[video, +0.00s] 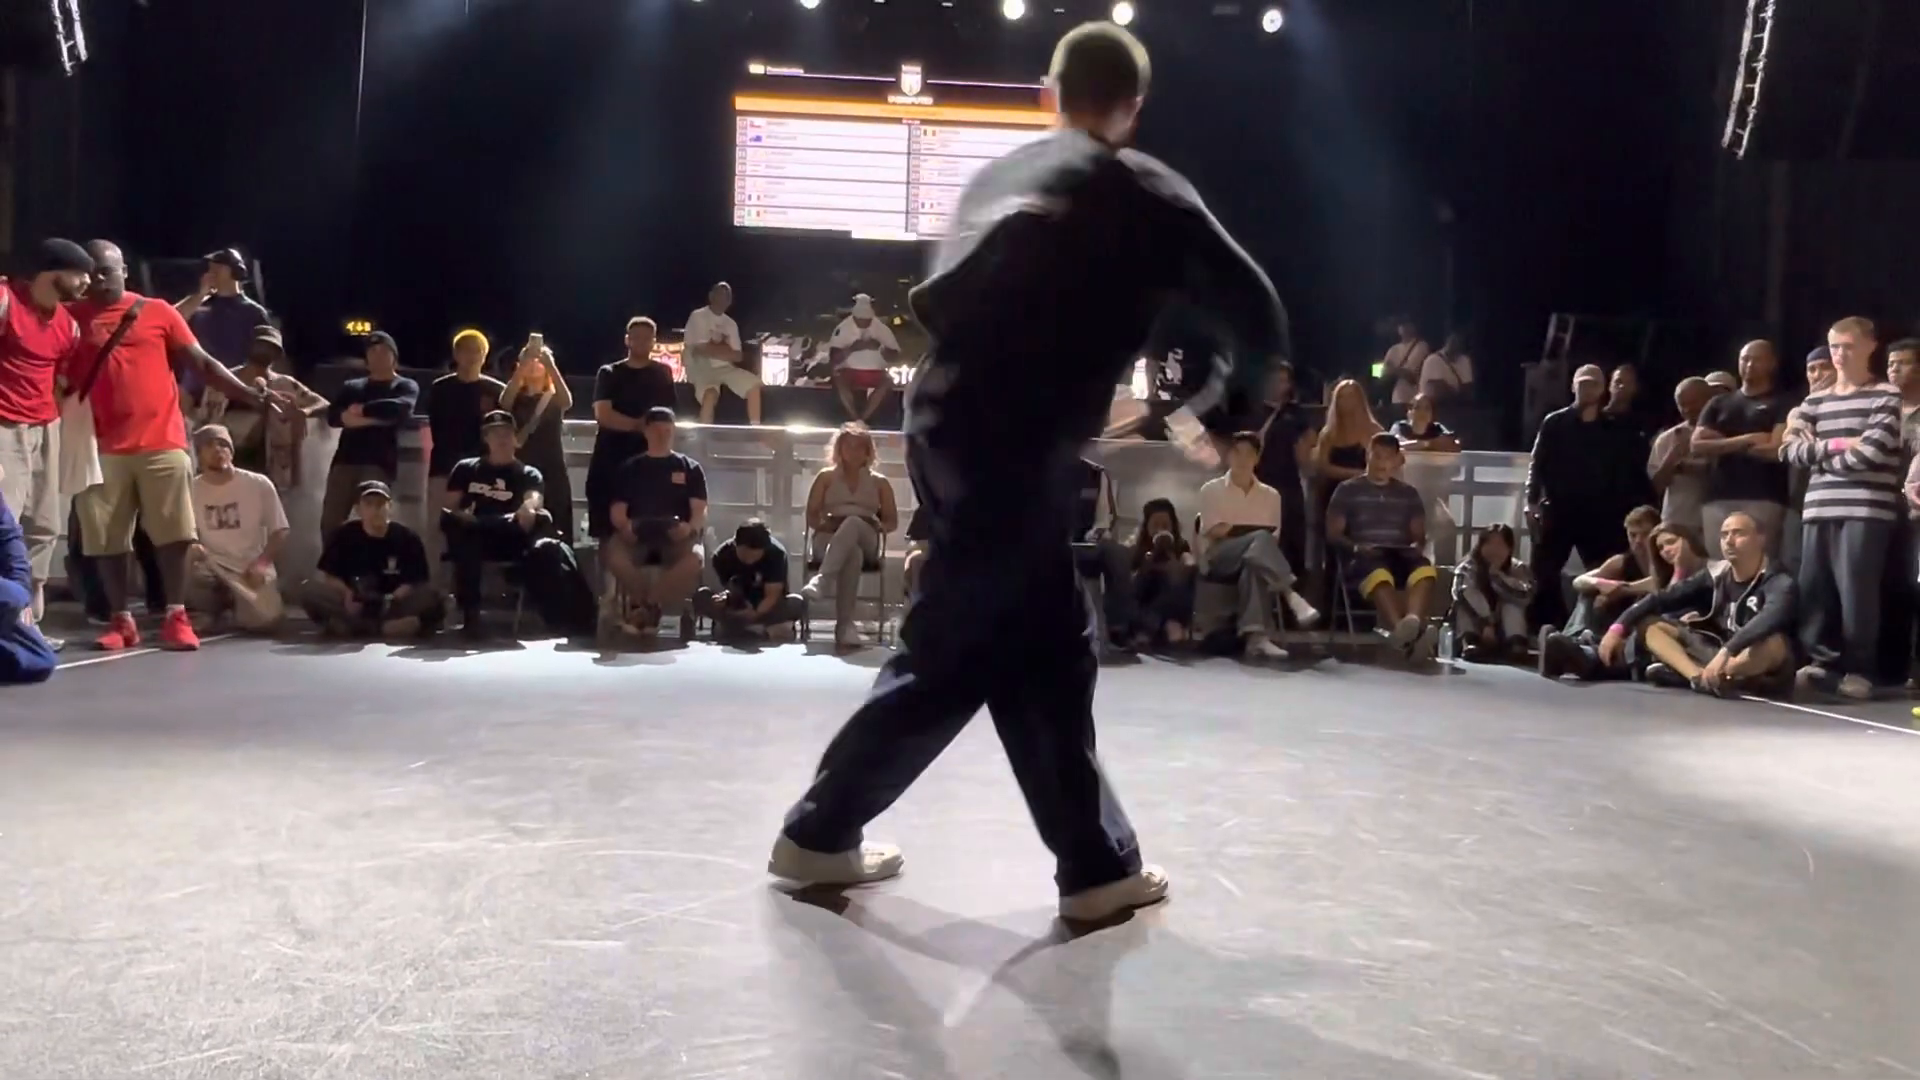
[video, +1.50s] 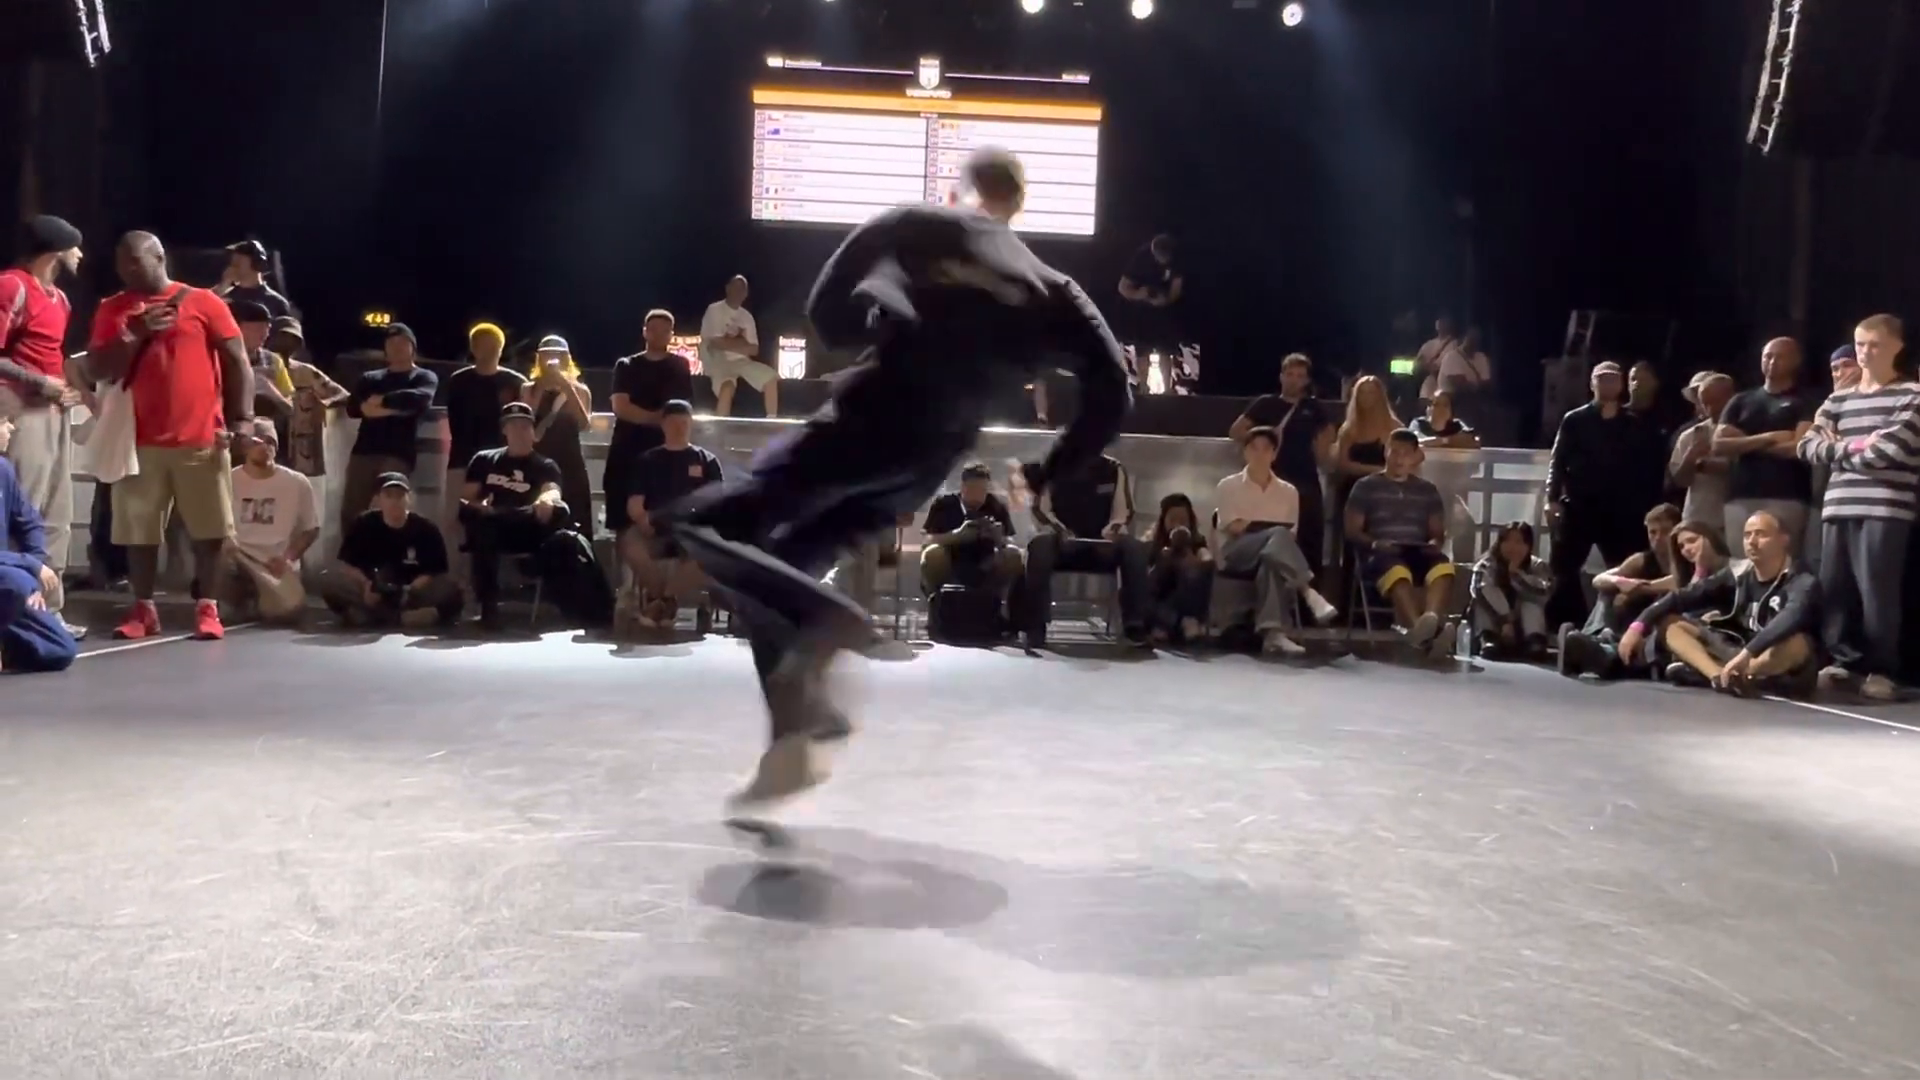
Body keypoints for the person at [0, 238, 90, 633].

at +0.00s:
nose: (68, 299)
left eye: (73, 292)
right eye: (64, 289)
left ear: (68, 284)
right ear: (43, 275)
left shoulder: (66, 323)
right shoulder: (8, 301)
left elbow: (64, 379)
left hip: (46, 425)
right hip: (7, 426)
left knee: (44, 526)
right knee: (9, 523)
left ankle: (30, 620)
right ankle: (13, 620)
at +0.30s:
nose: (76, 289)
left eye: (77, 281)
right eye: (70, 281)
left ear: (58, 280)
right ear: (44, 276)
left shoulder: (67, 325)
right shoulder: (7, 306)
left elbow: (66, 383)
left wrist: (60, 414)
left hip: (49, 430)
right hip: (8, 429)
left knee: (48, 528)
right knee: (6, 526)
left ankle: (32, 625)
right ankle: (8, 625)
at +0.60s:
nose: (76, 270)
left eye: (75, 263)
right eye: (69, 264)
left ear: (53, 267)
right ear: (45, 265)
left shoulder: (60, 315)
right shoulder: (7, 301)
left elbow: (60, 366)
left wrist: (60, 408)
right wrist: (7, 397)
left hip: (51, 425)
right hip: (12, 427)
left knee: (48, 525)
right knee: (10, 521)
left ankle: (36, 623)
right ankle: (8, 620)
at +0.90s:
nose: (71, 266)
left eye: (70, 259)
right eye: (66, 259)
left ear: (43, 263)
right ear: (45, 261)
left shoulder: (53, 311)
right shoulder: (9, 298)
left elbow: (45, 366)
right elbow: (4, 363)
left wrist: (65, 404)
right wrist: (22, 390)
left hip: (48, 422)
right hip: (16, 424)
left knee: (49, 521)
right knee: (16, 517)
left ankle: (40, 618)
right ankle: (14, 615)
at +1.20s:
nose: (70, 261)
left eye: (69, 255)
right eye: (66, 255)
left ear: (43, 256)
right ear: (48, 256)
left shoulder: (51, 303)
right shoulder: (11, 292)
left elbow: (40, 361)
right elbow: (4, 359)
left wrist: (64, 390)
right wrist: (35, 385)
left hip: (50, 411)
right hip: (18, 412)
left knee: (52, 515)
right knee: (20, 512)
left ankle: (42, 615)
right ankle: (18, 614)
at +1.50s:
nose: (78, 256)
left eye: (77, 249)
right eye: (73, 249)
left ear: (50, 251)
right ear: (55, 251)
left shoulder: (59, 297)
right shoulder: (15, 286)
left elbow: (49, 353)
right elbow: (2, 352)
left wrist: (69, 387)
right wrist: (38, 381)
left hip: (54, 409)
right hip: (21, 411)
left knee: (56, 510)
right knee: (24, 508)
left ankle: (48, 610)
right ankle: (22, 608)